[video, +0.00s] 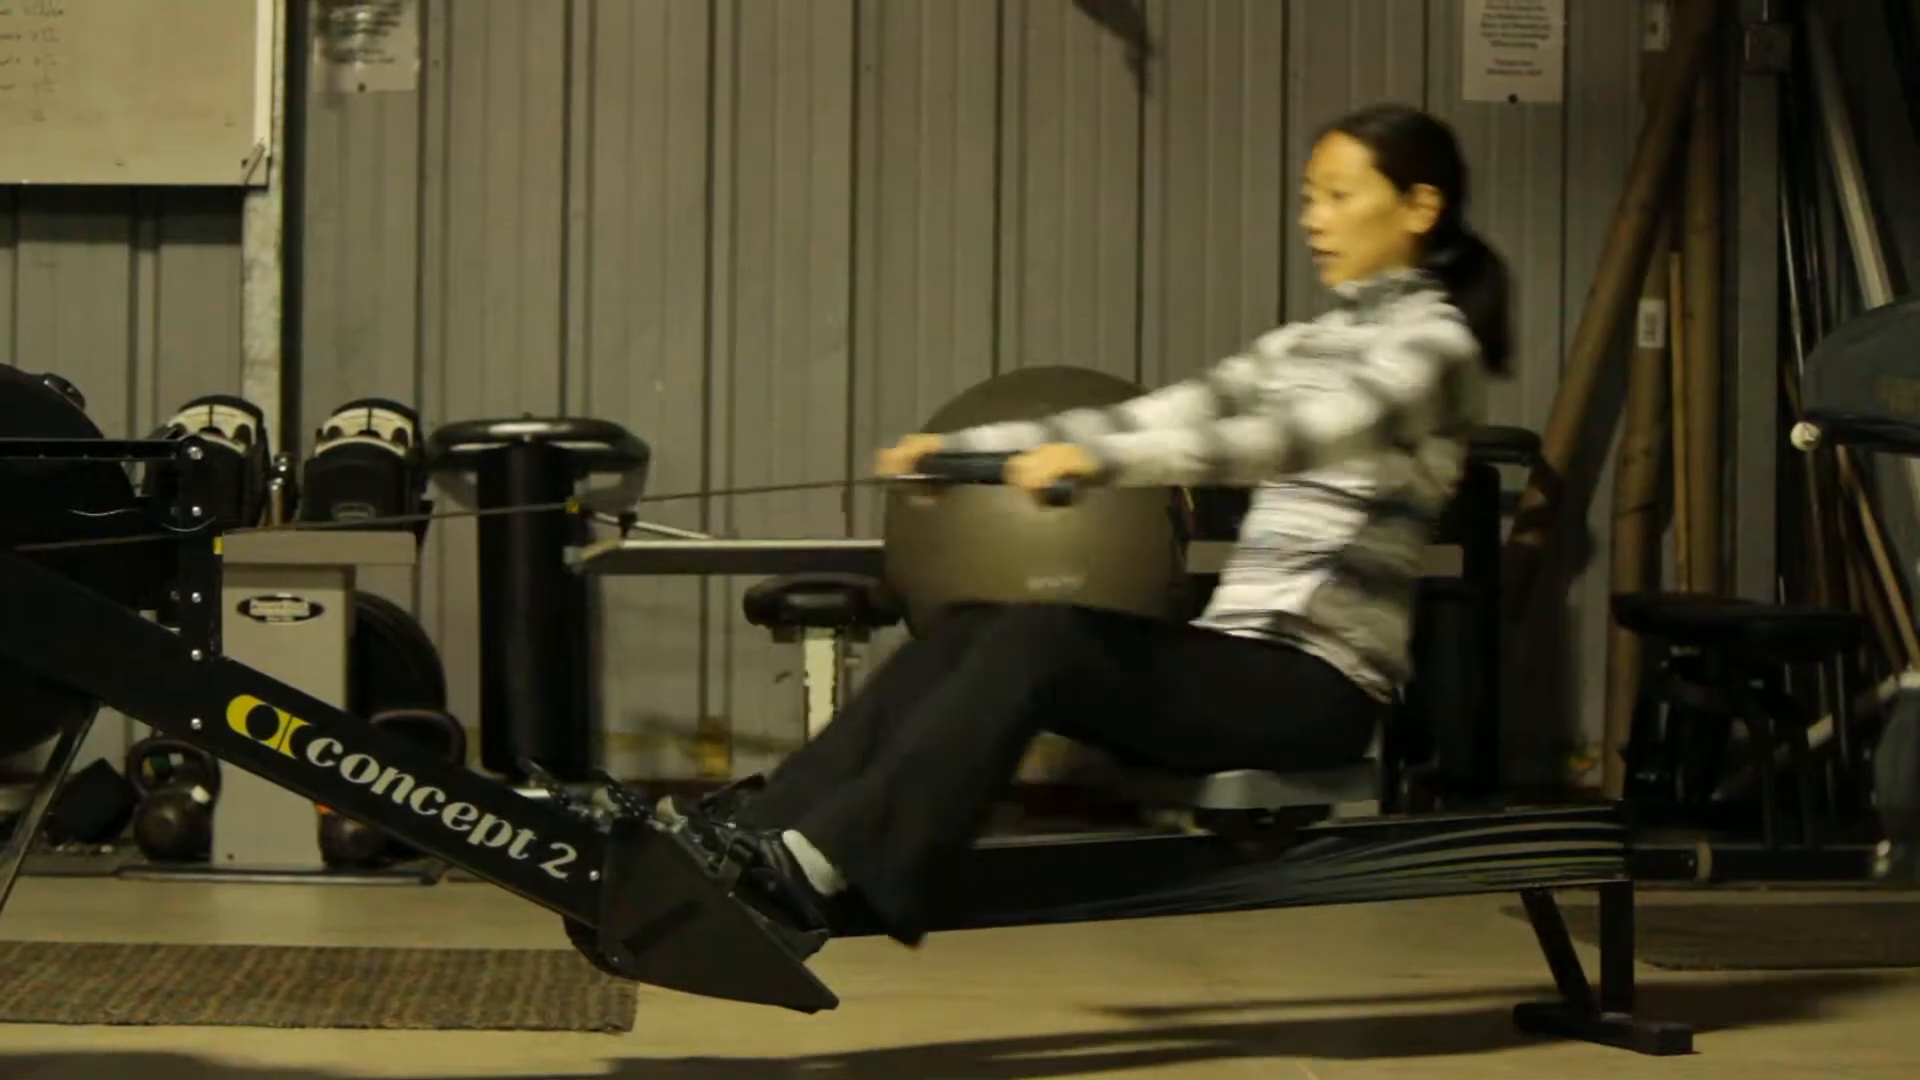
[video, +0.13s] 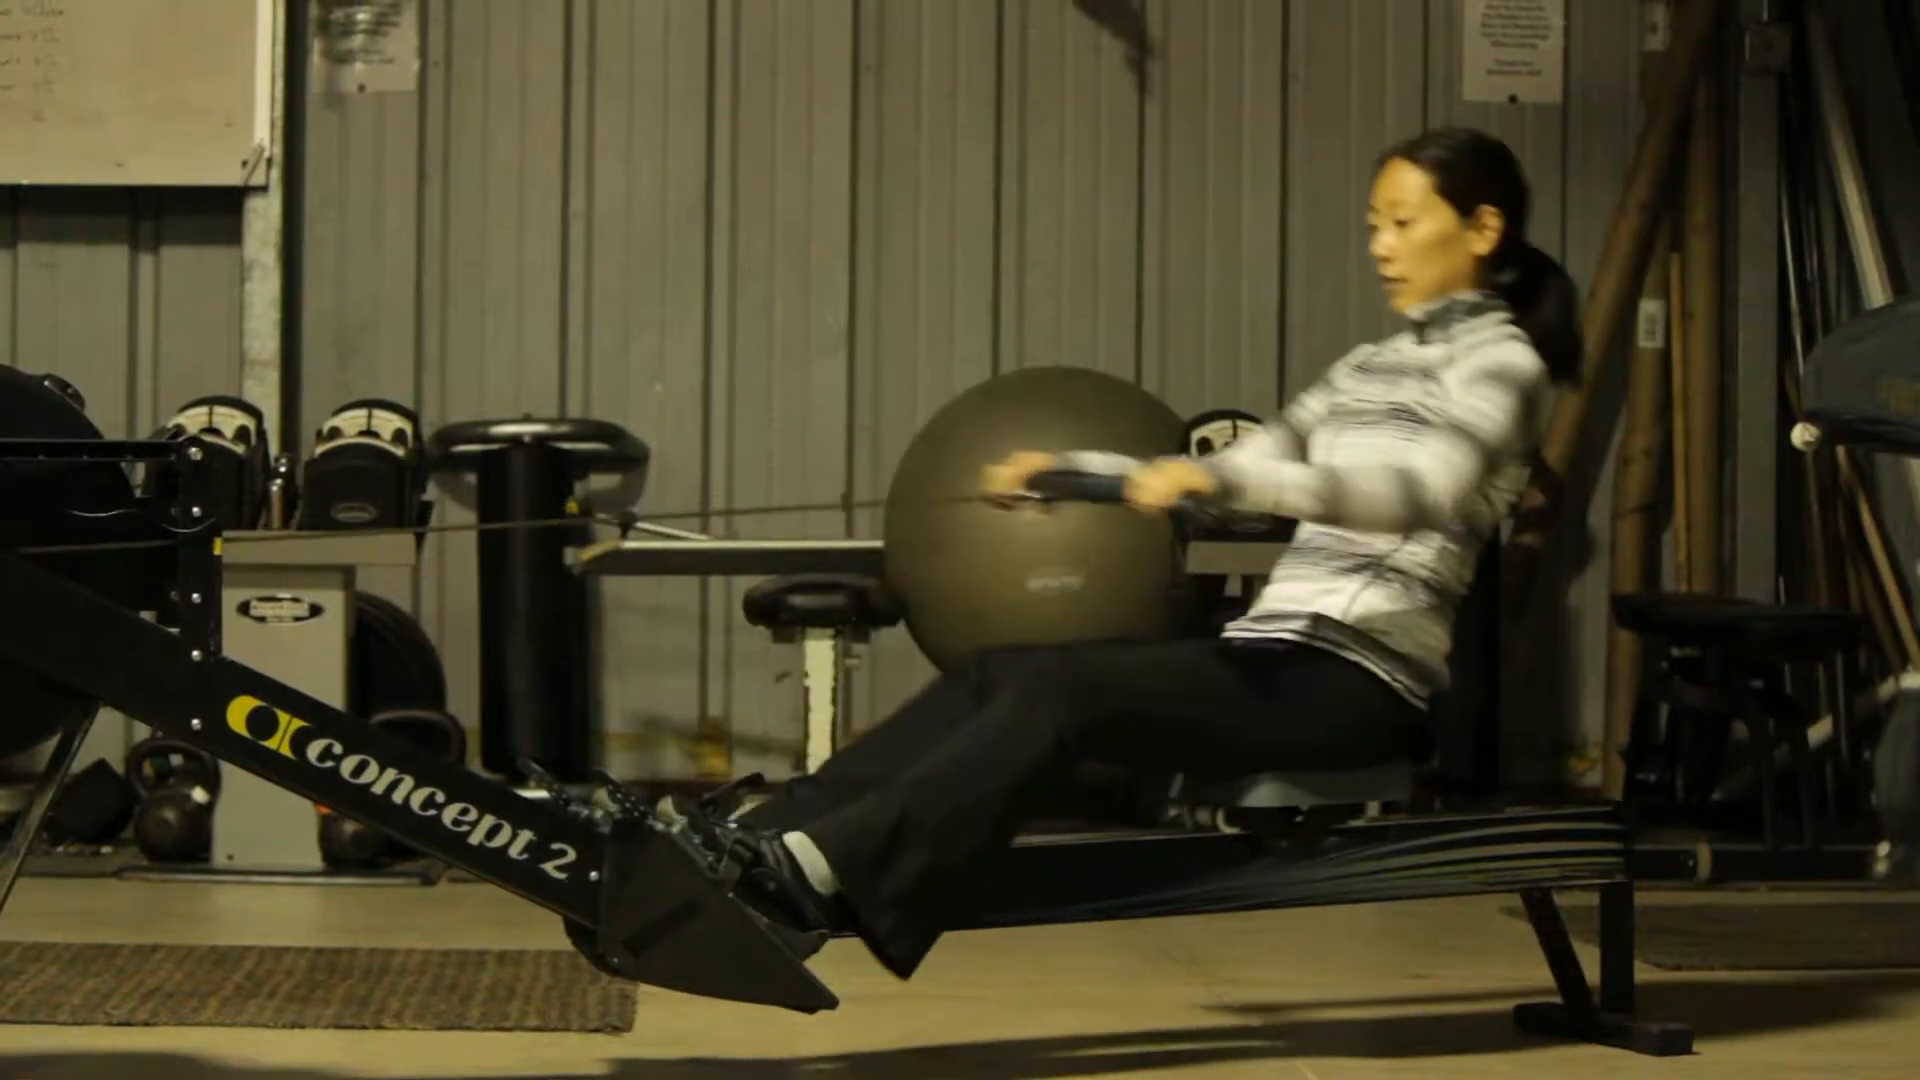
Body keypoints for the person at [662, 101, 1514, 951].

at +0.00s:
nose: (1312, 218)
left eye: (1336, 194)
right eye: (1311, 196)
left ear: (1420, 209)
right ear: (1314, 211)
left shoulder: (1430, 335)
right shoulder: (1319, 336)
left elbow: (1297, 428)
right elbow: (1180, 407)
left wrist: (1106, 454)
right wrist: (966, 454)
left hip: (1319, 679)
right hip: (1232, 659)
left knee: (1035, 642)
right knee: (963, 632)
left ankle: (820, 875)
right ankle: (750, 835)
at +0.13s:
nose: (1381, 245)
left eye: (1403, 224)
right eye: (1378, 226)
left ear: (1483, 229)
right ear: (1388, 237)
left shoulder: (1500, 354)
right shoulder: (1377, 359)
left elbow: (1430, 484)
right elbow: (1257, 465)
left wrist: (1226, 477)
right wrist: (1076, 475)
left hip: (1366, 674)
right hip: (1277, 652)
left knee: (1050, 685)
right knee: (994, 673)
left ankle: (811, 878)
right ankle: (738, 846)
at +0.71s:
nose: (1253, 233)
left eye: (1273, 206)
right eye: (1250, 210)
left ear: (1361, 208)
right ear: (1333, 212)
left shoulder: (1421, 339)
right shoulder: (1291, 341)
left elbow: (1429, 539)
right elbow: (1244, 504)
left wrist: (1241, 529)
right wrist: (1092, 513)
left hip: (1362, 672)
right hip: (1259, 652)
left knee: (1057, 679)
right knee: (1010, 665)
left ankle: (824, 882)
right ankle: (777, 840)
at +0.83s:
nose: (1124, 225)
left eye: (1145, 196)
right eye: (1119, 200)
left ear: (1236, 194)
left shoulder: (1295, 329)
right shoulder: (1152, 341)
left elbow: (1219, 527)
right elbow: (1049, 497)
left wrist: (1025, 590)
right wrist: (874, 557)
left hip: (1277, 683)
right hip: (1182, 658)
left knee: (987, 644)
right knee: (931, 621)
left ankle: (824, 877)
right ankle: (763, 834)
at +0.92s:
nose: (1029, 222)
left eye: (1054, 193)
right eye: (1028, 197)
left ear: (1144, 198)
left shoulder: (1199, 329)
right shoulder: (1067, 337)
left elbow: (1087, 523)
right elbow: (940, 485)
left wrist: (904, 624)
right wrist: (761, 582)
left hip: (1222, 693)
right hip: (1116, 667)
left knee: (957, 642)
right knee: (885, 615)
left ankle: (814, 876)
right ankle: (747, 840)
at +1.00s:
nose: (936, 223)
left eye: (963, 196)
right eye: (936, 200)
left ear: (1055, 202)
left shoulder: (1105, 340)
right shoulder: (979, 344)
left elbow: (984, 525)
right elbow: (840, 484)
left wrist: (798, 636)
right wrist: (651, 591)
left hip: (1171, 689)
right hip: (1071, 673)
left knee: (924, 613)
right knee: (829, 581)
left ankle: (842, 873)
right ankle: (743, 833)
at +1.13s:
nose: (805, 234)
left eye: (833, 206)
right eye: (809, 209)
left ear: (922, 220)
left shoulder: (974, 353)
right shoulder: (862, 354)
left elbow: (833, 522)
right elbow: (709, 479)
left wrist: (639, 628)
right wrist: (512, 580)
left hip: (1090, 692)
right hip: (1005, 682)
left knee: (868, 574)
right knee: (793, 575)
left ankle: (809, 868)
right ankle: (721, 831)